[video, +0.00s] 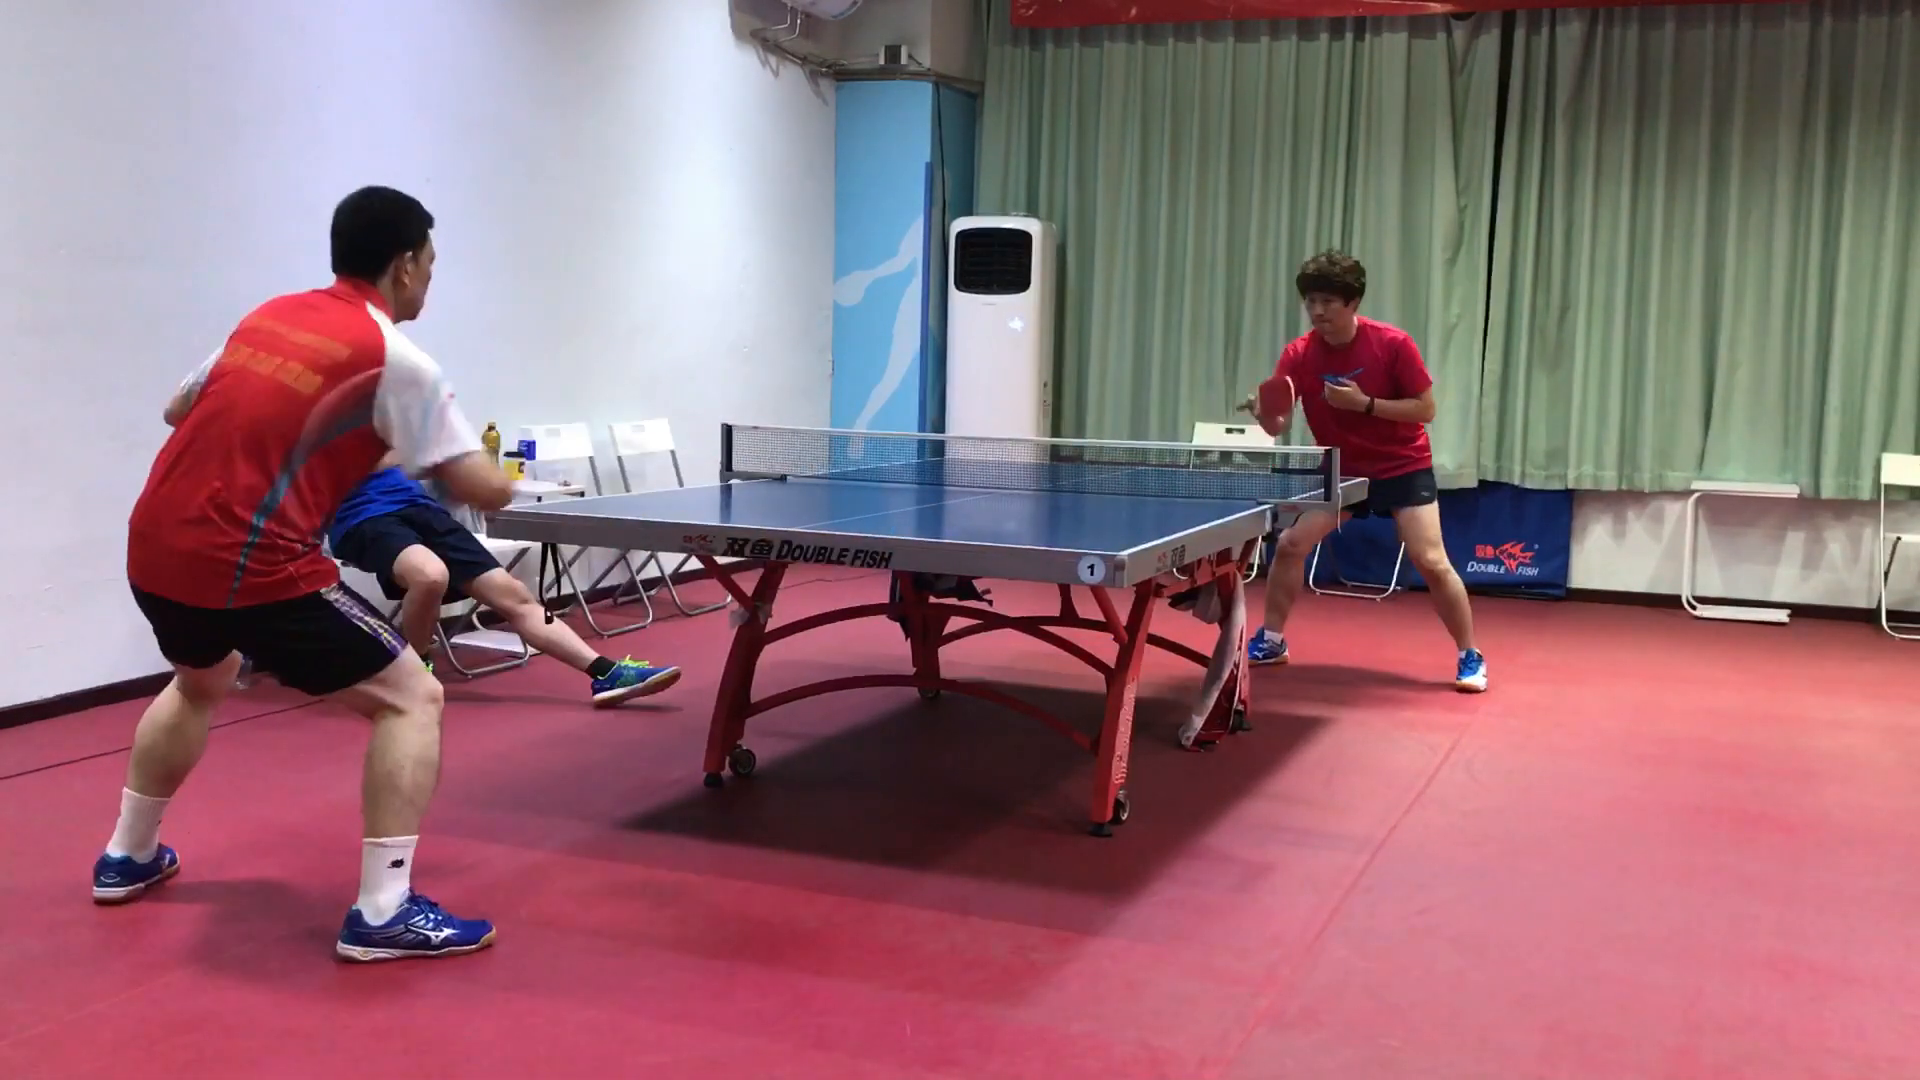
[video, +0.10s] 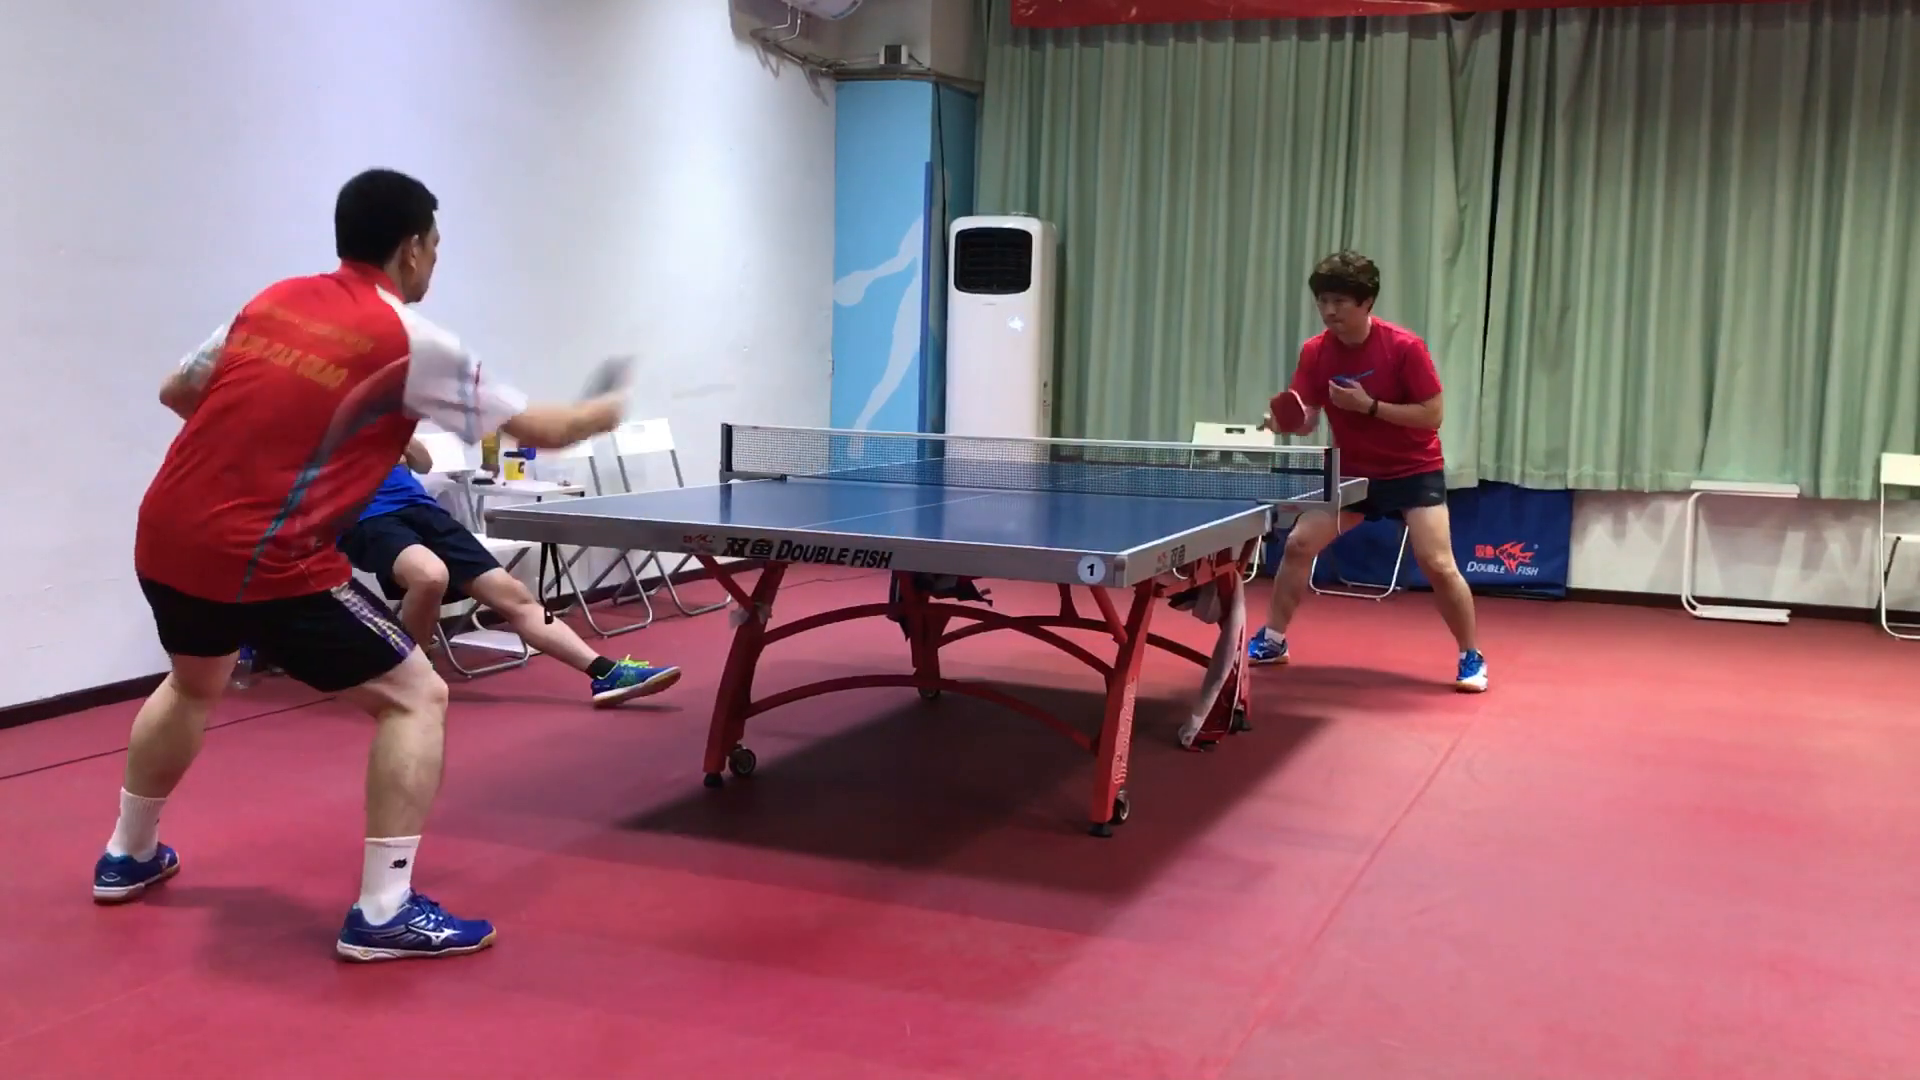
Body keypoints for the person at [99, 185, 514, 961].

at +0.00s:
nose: (430, 282)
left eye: (431, 267)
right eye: (428, 266)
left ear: (342, 260)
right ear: (404, 266)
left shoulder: (270, 315)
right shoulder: (397, 358)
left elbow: (180, 410)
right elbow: (478, 488)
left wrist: (285, 440)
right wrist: (505, 477)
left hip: (157, 555)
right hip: (259, 570)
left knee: (200, 679)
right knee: (413, 697)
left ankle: (126, 854)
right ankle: (383, 907)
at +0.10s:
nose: (435, 260)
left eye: (435, 245)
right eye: (433, 245)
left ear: (346, 244)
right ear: (409, 251)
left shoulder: (275, 300)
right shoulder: (410, 342)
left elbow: (179, 389)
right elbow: (535, 429)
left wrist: (265, 442)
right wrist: (604, 411)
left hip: (166, 542)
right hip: (271, 563)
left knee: (191, 685)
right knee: (416, 694)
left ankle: (127, 853)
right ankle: (384, 908)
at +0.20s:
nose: (427, 229)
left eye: (425, 213)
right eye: (423, 214)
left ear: (337, 216)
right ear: (396, 221)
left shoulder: (267, 278)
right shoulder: (415, 305)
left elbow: (169, 363)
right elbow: (556, 371)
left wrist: (253, 422)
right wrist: (659, 372)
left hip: (178, 528)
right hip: (288, 542)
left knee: (181, 686)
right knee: (412, 693)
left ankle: (122, 853)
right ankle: (383, 908)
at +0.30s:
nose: (409, 208)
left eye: (408, 193)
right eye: (406, 193)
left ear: (318, 200)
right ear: (380, 200)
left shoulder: (250, 266)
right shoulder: (394, 284)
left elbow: (162, 357)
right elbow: (521, 365)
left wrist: (249, 420)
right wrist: (624, 362)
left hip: (182, 518)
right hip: (292, 534)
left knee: (177, 685)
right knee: (405, 691)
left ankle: (122, 854)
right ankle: (383, 908)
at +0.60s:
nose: (414, 224)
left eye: (413, 208)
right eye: (412, 209)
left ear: (329, 207)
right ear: (386, 211)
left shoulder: (266, 275)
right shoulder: (367, 294)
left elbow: (278, 438)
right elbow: (427, 431)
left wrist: (392, 457)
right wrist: (488, 459)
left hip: (165, 521)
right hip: (256, 534)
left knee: (192, 680)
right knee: (375, 691)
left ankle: (126, 853)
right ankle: (370, 914)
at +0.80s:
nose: (426, 256)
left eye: (428, 243)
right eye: (426, 242)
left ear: (340, 234)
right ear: (407, 242)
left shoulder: (265, 294)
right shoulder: (400, 332)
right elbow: (486, 462)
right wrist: (492, 452)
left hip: (160, 531)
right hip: (261, 545)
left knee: (189, 680)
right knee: (397, 695)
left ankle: (126, 853)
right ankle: (372, 914)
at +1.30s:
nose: (402, 214)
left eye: (401, 198)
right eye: (399, 198)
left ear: (313, 199)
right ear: (371, 200)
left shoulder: (247, 268)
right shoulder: (364, 278)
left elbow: (244, 411)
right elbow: (436, 404)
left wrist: (350, 453)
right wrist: (507, 436)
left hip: (173, 511)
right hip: (269, 522)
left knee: (192, 676)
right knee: (373, 687)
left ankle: (127, 850)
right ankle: (384, 908)